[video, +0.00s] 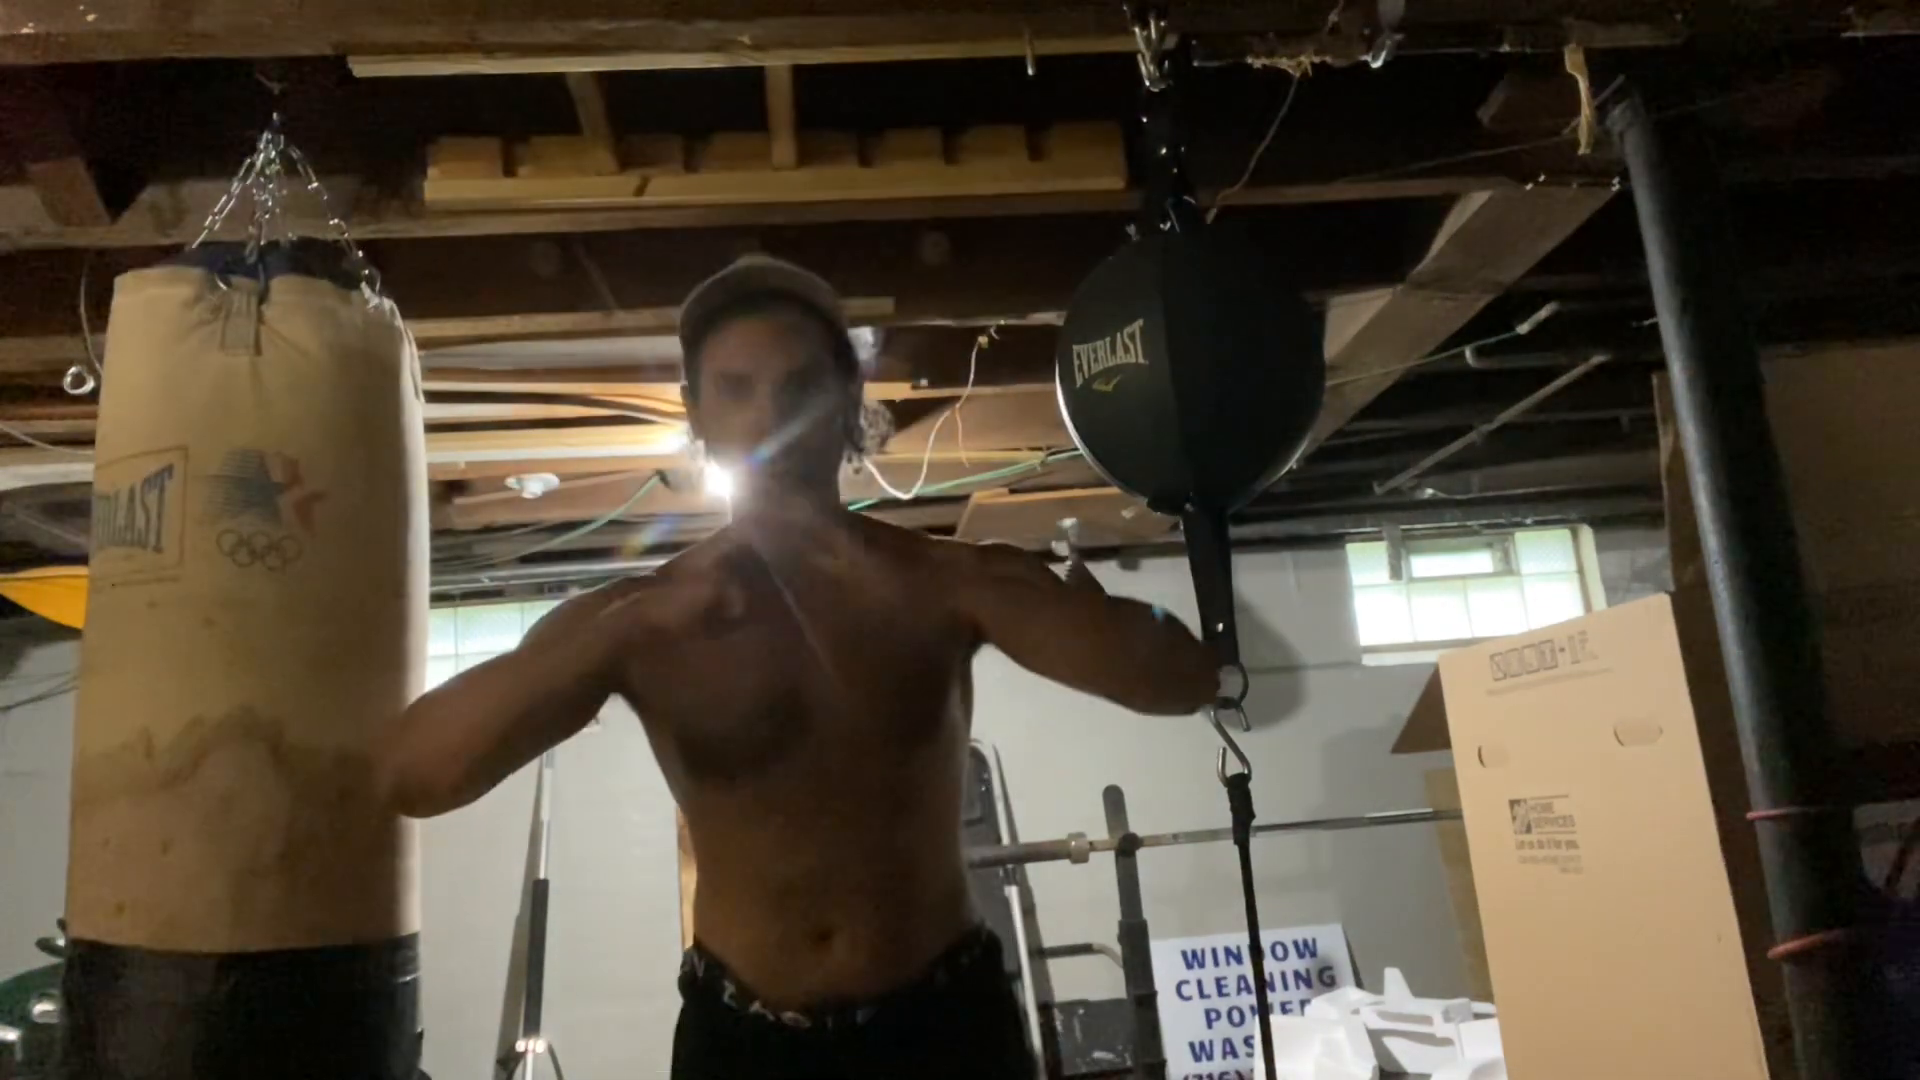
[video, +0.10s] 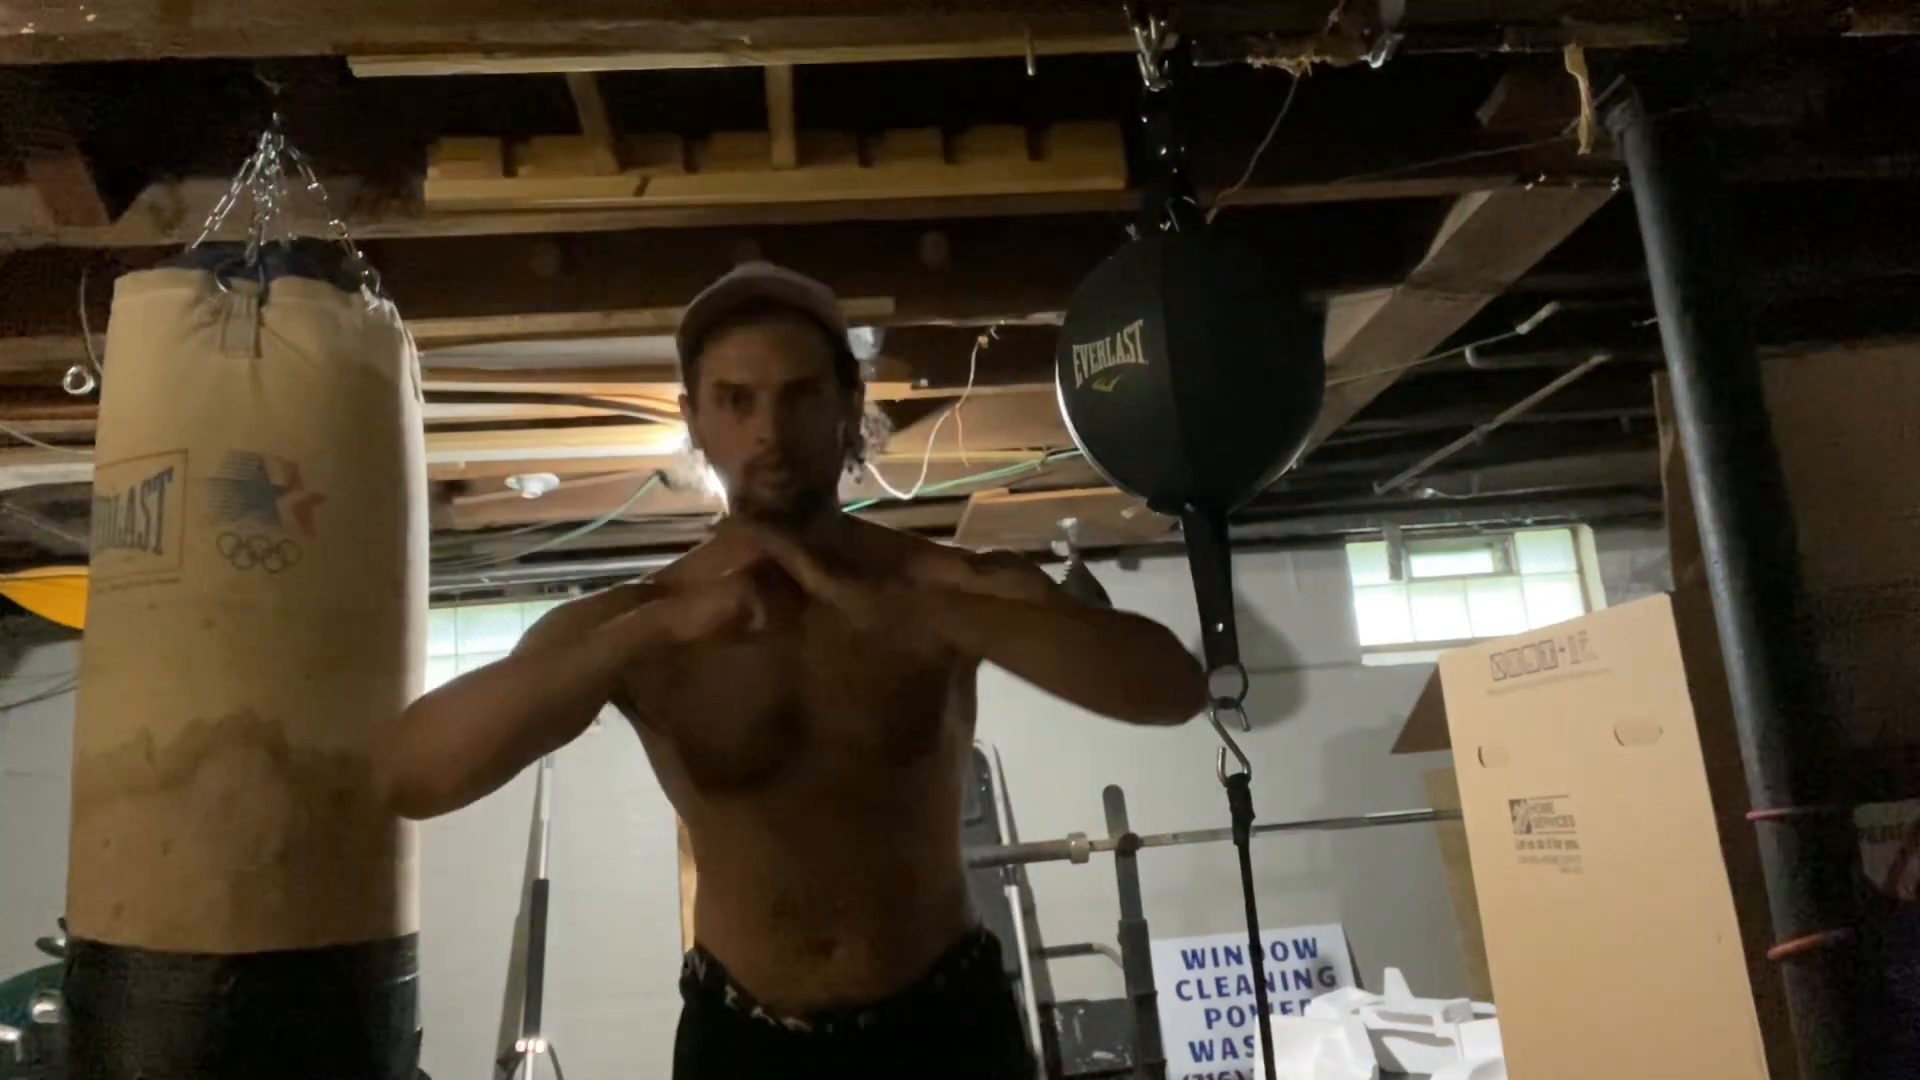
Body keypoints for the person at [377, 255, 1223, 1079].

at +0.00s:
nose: (770, 418)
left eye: (799, 387)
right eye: (735, 394)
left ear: (852, 410)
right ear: (698, 426)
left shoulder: (944, 581)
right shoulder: (633, 624)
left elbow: (1185, 681)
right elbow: (411, 775)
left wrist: (1057, 601)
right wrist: (626, 622)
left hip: (943, 1022)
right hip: (745, 1039)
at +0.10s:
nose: (770, 432)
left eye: (800, 397)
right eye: (736, 402)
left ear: (851, 418)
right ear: (696, 430)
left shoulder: (941, 583)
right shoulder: (624, 624)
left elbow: (1175, 688)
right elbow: (408, 777)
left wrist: (922, 611)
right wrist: (656, 622)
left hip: (943, 1024)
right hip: (744, 1040)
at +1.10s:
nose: (775, 395)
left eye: (806, 371)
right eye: (742, 370)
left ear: (851, 407)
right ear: (698, 409)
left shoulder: (942, 582)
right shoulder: (636, 610)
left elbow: (1126, 763)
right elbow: (509, 851)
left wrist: (942, 703)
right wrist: (703, 726)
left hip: (934, 1008)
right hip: (736, 1025)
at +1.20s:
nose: (786, 393)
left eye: (815, 368)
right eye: (751, 369)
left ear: (858, 407)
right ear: (710, 413)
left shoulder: (949, 588)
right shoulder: (641, 614)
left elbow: (1120, 797)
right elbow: (550, 875)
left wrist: (951, 762)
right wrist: (746, 793)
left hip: (943, 1007)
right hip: (743, 1023)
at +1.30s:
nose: (791, 405)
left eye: (819, 377)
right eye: (759, 377)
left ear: (865, 408)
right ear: (719, 416)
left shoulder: (958, 594)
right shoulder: (649, 621)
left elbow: (1115, 818)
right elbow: (576, 883)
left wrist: (1009, 844)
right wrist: (788, 848)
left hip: (951, 1010)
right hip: (751, 1023)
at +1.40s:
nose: (804, 415)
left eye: (830, 386)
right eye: (776, 387)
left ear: (880, 418)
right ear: (737, 423)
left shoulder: (972, 600)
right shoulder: (665, 627)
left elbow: (1112, 853)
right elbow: (606, 894)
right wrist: (819, 913)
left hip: (958, 1011)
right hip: (767, 1021)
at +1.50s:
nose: (827, 430)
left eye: (853, 402)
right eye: (797, 407)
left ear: (902, 436)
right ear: (755, 441)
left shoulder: (989, 612)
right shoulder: (686, 636)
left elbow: (1093, 879)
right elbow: (662, 920)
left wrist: (1084, 1054)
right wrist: (858, 997)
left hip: (998, 1031)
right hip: (794, 1044)